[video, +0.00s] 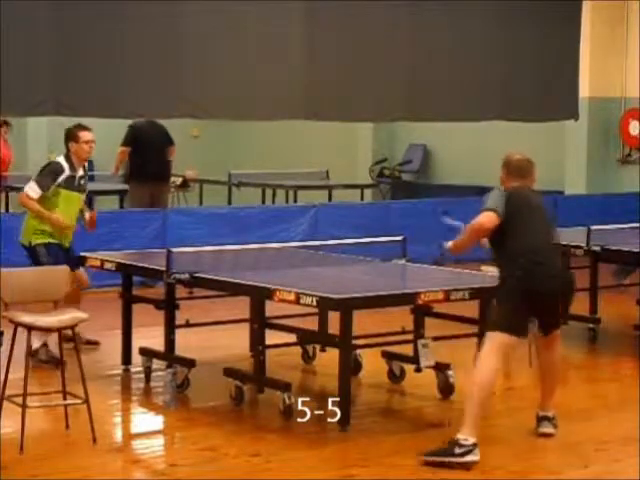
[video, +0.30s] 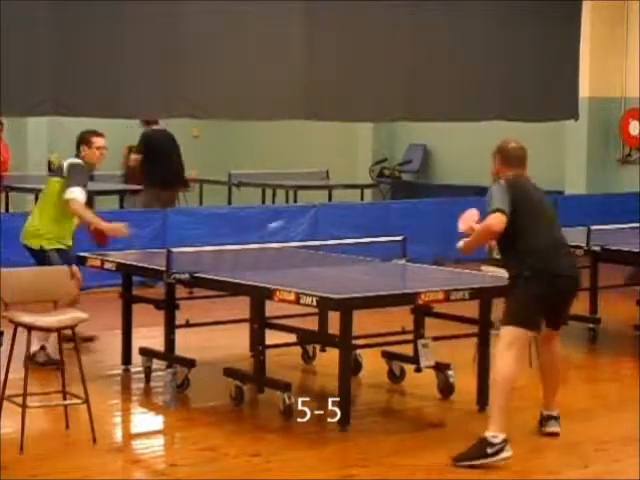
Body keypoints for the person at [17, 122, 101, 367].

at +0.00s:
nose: (91, 148)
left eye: (92, 143)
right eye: (86, 143)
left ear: (90, 146)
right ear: (72, 145)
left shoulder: (83, 171)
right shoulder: (56, 167)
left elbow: (80, 201)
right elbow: (26, 197)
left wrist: (87, 214)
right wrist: (50, 216)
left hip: (63, 238)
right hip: (40, 237)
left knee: (80, 281)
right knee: (54, 287)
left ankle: (68, 328)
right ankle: (38, 344)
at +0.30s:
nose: (102, 154)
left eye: (104, 149)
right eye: (98, 149)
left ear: (88, 151)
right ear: (84, 149)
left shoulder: (76, 169)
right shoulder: (77, 168)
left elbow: (75, 207)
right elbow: (75, 203)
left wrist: (92, 226)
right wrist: (104, 226)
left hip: (56, 237)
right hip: (42, 238)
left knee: (73, 281)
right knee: (60, 288)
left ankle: (67, 328)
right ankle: (40, 347)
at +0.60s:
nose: (106, 177)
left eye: (107, 172)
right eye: (103, 171)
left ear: (83, 171)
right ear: (88, 169)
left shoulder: (60, 185)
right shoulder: (90, 185)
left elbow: (31, 217)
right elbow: (107, 193)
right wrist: (129, 202)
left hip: (28, 250)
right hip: (52, 255)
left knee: (59, 300)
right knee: (80, 303)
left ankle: (42, 347)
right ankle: (48, 350)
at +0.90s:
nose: (104, 139)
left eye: (105, 135)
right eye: (100, 135)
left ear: (104, 136)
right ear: (84, 136)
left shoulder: (103, 157)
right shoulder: (64, 153)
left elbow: (135, 153)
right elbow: (26, 155)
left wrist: (124, 119)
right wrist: (6, 159)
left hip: (85, 228)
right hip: (60, 229)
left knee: (106, 283)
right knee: (59, 290)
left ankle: (100, 333)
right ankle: (39, 346)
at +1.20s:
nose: (102, 133)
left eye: (103, 129)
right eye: (97, 129)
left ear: (106, 132)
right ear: (84, 132)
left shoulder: (113, 158)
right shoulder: (67, 158)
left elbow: (131, 188)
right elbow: (48, 187)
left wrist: (140, 167)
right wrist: (49, 214)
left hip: (103, 232)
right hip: (74, 232)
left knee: (125, 282)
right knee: (64, 289)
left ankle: (135, 333)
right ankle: (51, 343)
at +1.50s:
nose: (147, 164)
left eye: (148, 159)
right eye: (143, 158)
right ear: (128, 158)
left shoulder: (126, 186)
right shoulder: (110, 180)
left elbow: (149, 210)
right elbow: (115, 195)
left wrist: (175, 220)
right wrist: (147, 196)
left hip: (104, 245)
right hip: (83, 246)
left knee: (137, 271)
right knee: (84, 297)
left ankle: (149, 315)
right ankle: (41, 337)